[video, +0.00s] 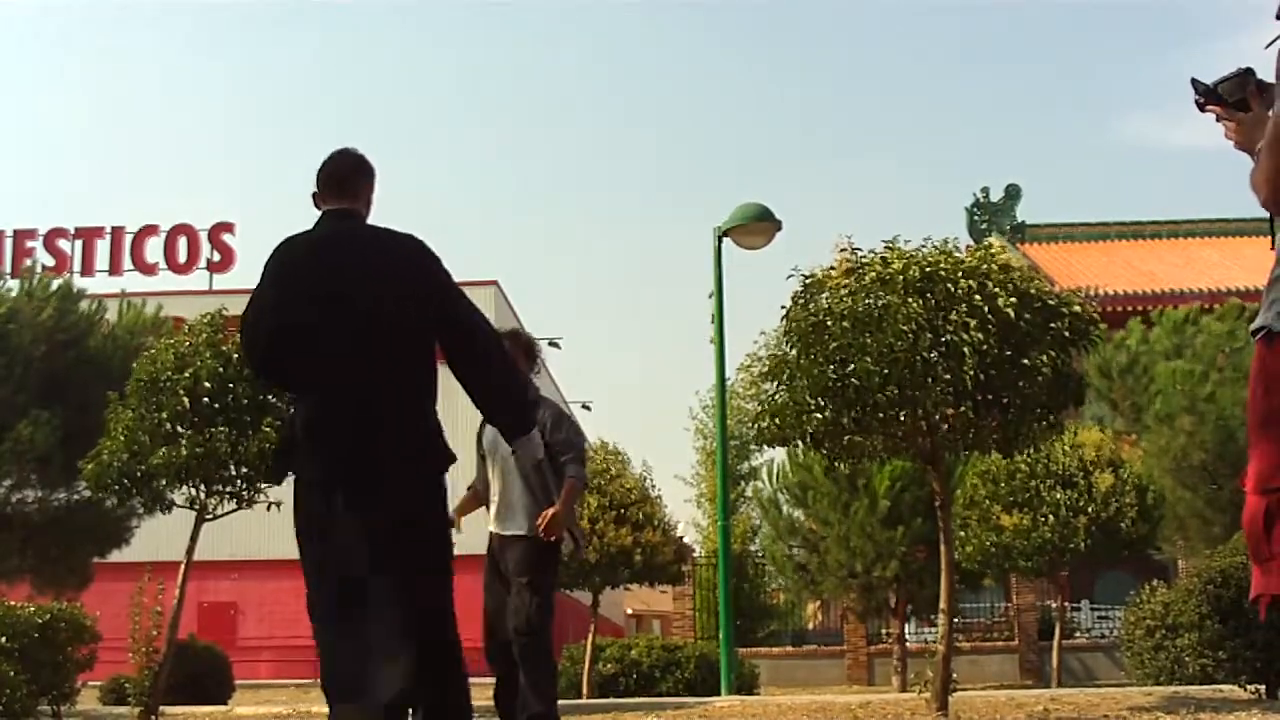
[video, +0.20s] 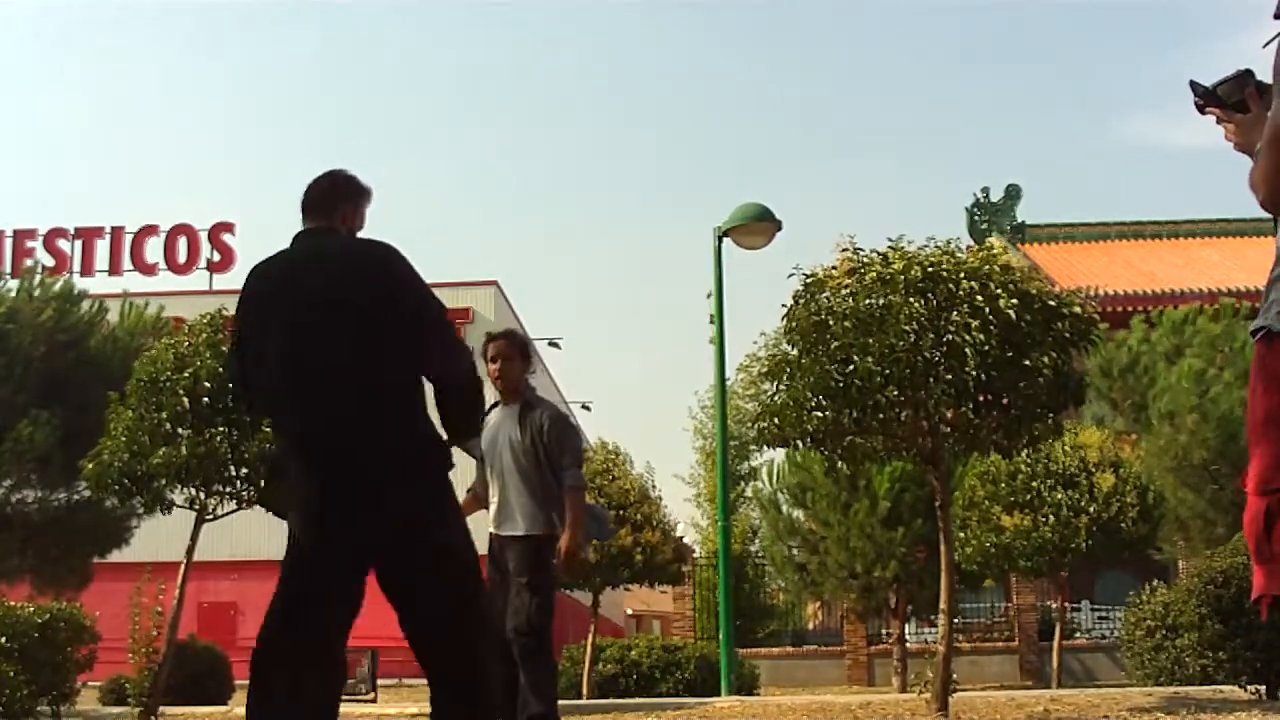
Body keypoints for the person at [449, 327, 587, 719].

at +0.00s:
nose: (504, 369)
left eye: (512, 359)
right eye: (499, 360)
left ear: (530, 364)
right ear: (491, 366)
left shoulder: (551, 414)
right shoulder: (489, 423)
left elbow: (575, 464)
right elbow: (484, 484)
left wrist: (563, 508)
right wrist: (455, 514)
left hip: (535, 541)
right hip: (499, 541)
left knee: (528, 634)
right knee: (497, 639)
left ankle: (539, 712)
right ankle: (510, 712)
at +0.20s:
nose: (496, 368)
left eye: (505, 359)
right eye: (491, 360)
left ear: (526, 363)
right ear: (486, 368)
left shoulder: (550, 418)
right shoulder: (490, 422)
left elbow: (573, 480)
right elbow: (484, 486)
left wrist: (573, 531)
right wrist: (449, 516)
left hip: (535, 538)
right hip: (500, 539)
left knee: (527, 631)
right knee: (498, 631)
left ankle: (539, 711)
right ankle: (507, 711)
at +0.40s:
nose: (494, 370)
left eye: (502, 361)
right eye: (488, 362)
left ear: (523, 365)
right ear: (484, 368)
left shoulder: (548, 419)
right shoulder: (487, 420)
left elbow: (574, 487)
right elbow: (486, 484)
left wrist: (583, 540)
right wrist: (459, 516)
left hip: (534, 543)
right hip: (497, 542)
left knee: (527, 636)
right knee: (498, 639)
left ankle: (540, 713)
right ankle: (507, 713)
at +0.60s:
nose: (496, 370)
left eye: (505, 362)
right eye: (489, 363)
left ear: (524, 366)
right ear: (482, 371)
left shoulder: (552, 421)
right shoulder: (481, 425)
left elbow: (578, 484)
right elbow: (480, 484)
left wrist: (586, 537)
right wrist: (456, 519)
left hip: (537, 543)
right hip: (497, 542)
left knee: (529, 634)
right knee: (498, 638)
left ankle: (542, 712)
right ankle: (511, 712)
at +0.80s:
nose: (500, 372)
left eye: (509, 363)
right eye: (493, 365)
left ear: (527, 367)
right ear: (486, 373)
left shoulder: (551, 421)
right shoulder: (483, 427)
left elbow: (580, 487)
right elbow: (483, 488)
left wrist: (585, 540)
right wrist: (458, 513)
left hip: (542, 544)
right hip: (502, 544)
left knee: (543, 639)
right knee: (502, 647)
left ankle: (565, 713)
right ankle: (518, 715)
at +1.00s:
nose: (504, 369)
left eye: (512, 361)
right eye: (499, 363)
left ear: (534, 366)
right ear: (495, 370)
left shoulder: (561, 423)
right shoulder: (494, 425)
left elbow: (585, 488)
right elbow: (494, 488)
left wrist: (593, 542)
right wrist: (467, 513)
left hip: (552, 542)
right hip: (510, 542)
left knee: (547, 632)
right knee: (509, 638)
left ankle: (572, 712)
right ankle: (518, 713)